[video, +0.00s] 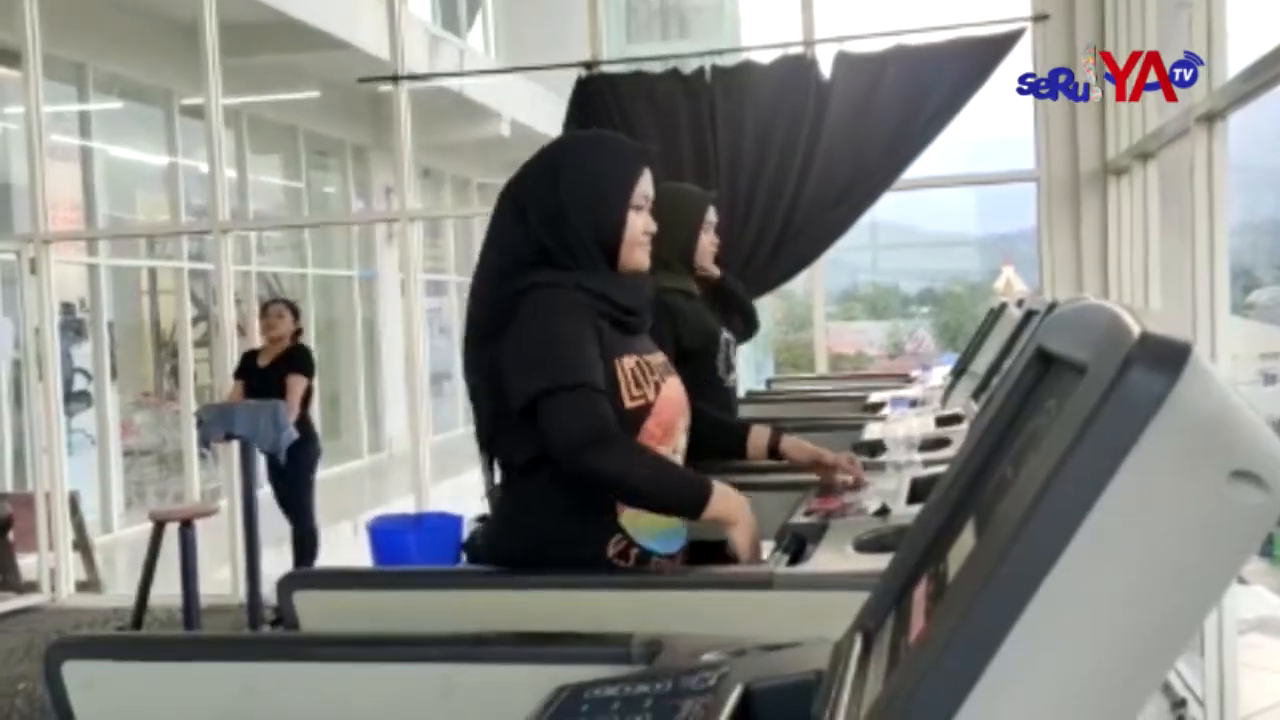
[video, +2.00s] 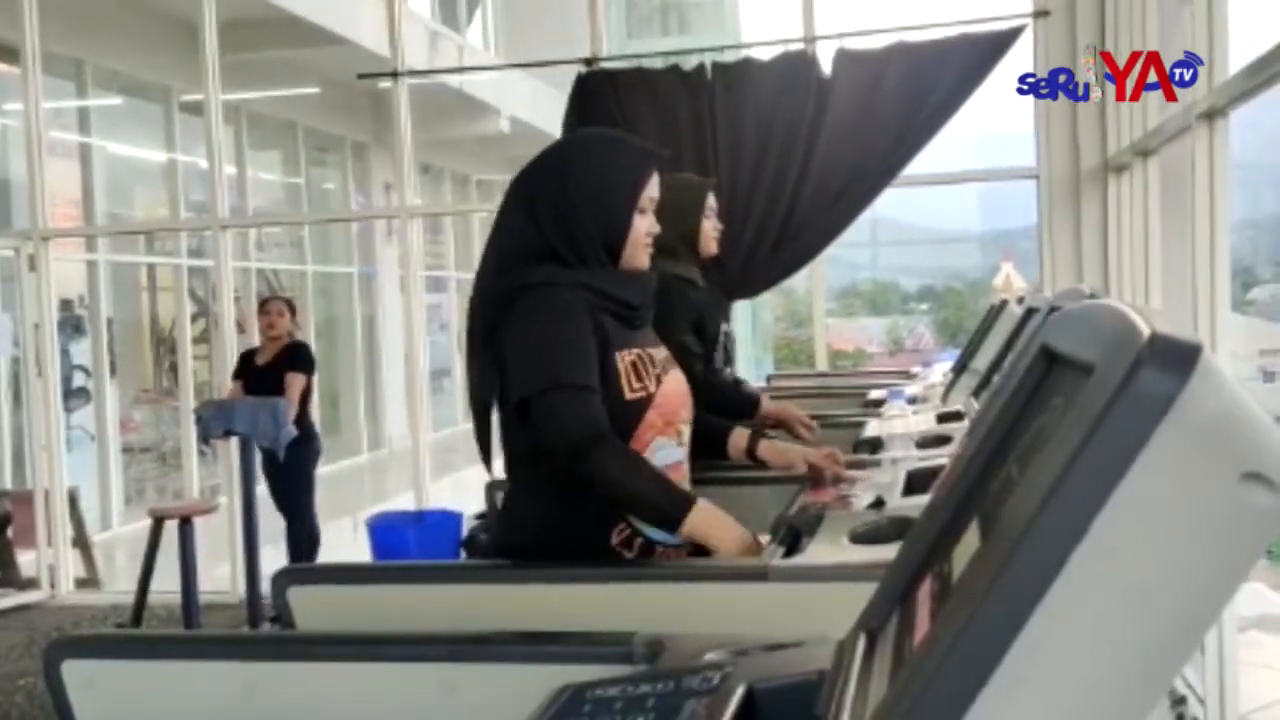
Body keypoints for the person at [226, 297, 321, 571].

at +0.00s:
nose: (272, 322)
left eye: (280, 316)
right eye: (267, 317)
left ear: (295, 324)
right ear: (261, 324)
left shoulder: (299, 355)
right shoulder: (250, 359)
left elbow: (293, 399)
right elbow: (236, 397)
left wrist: (279, 431)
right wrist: (222, 423)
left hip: (299, 435)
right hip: (268, 437)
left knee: (301, 508)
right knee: (289, 508)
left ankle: (302, 574)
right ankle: (304, 570)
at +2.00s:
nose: (272, 319)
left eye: (279, 314)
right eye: (266, 314)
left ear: (291, 321)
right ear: (259, 320)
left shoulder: (298, 351)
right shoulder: (248, 358)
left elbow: (293, 395)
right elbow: (235, 396)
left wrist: (282, 428)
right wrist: (218, 420)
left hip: (299, 436)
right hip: (267, 439)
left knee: (300, 509)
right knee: (289, 510)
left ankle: (302, 572)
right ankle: (299, 571)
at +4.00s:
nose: (264, 318)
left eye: (270, 312)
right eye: (257, 314)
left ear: (282, 317)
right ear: (248, 321)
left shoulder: (298, 350)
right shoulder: (239, 350)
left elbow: (291, 389)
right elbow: (229, 393)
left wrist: (273, 418)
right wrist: (242, 417)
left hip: (293, 431)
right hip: (254, 431)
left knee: (288, 506)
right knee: (262, 504)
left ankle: (292, 568)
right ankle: (269, 567)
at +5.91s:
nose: (244, 328)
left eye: (250, 321)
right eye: (241, 323)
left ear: (269, 323)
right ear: (237, 328)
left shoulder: (291, 359)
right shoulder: (231, 359)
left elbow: (283, 400)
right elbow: (219, 400)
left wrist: (262, 429)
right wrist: (210, 428)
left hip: (285, 441)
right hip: (246, 442)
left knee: (283, 512)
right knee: (253, 513)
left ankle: (286, 572)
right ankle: (257, 574)